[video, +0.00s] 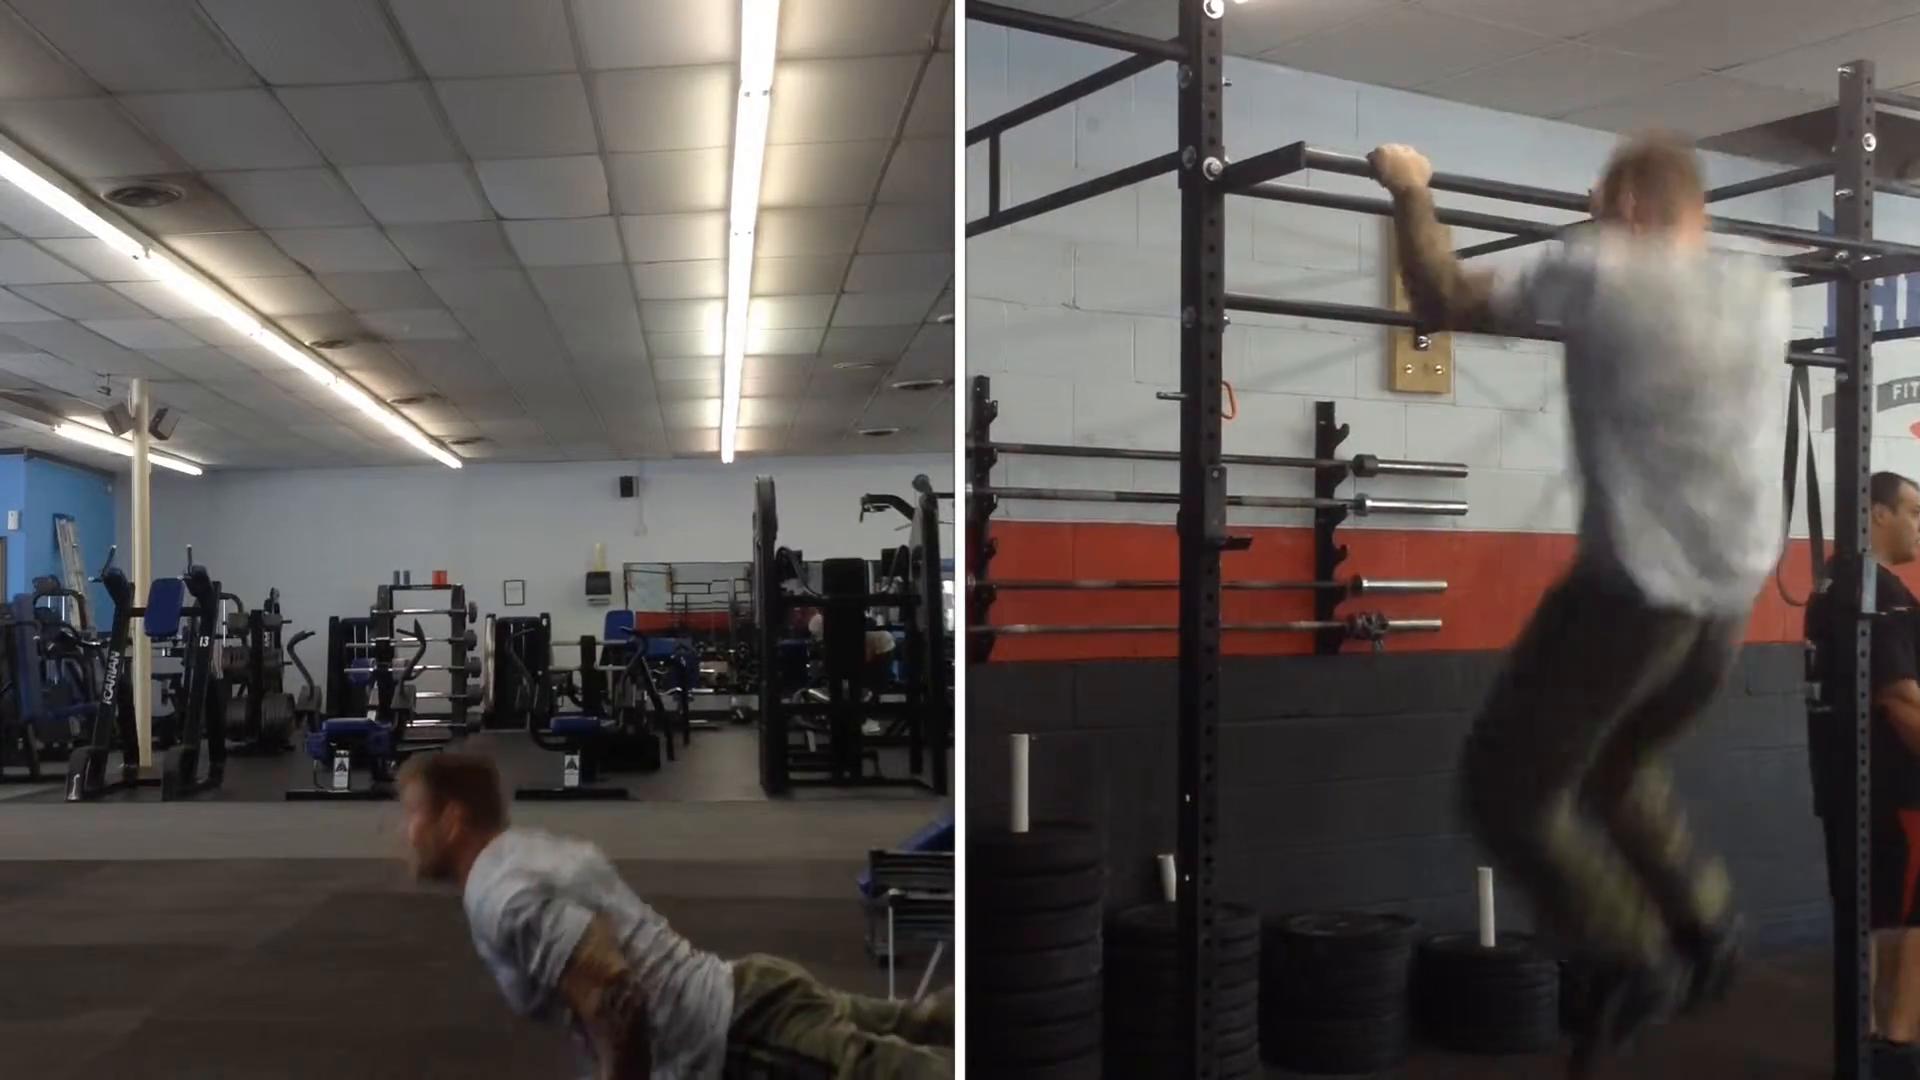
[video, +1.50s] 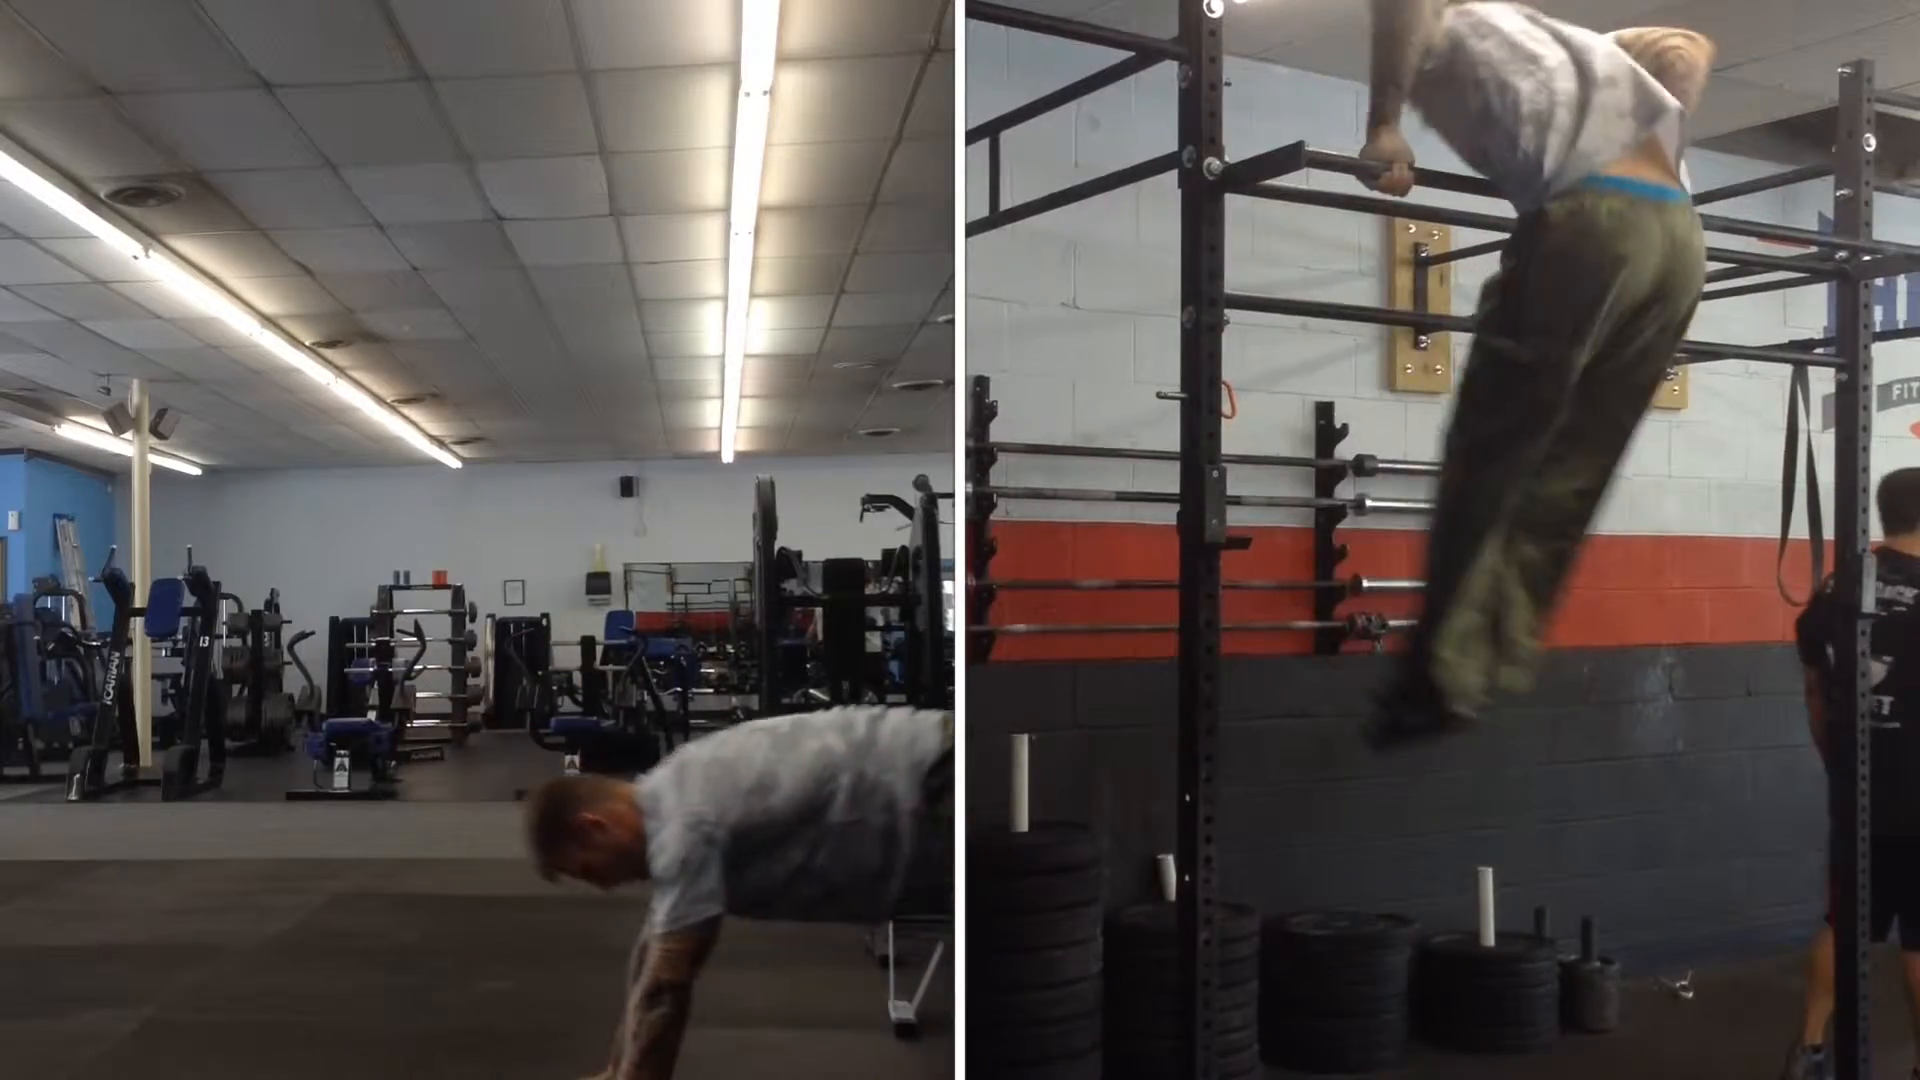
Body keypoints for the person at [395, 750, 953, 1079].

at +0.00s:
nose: (401, 830)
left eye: (408, 812)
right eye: (402, 813)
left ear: (451, 820)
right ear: (465, 815)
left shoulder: (502, 890)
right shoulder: (537, 850)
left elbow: (617, 1002)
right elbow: (629, 966)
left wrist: (615, 1076)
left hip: (747, 1039)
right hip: (751, 991)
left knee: (933, 1070)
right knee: (917, 1021)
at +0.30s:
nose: (473, 703)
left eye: (489, 690)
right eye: (481, 689)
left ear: (531, 714)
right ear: (534, 715)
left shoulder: (562, 817)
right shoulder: (580, 779)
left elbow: (600, 983)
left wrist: (611, 1070)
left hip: (751, 1001)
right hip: (756, 957)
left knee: (933, 1062)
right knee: (924, 1005)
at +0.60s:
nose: (517, 682)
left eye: (537, 671)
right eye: (530, 667)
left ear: (572, 707)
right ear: (575, 711)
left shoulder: (586, 819)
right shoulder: (609, 782)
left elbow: (608, 996)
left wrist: (613, 1074)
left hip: (736, 1025)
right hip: (745, 976)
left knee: (913, 1076)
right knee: (909, 1026)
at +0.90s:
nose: (434, 744)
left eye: (441, 726)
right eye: (434, 728)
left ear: (489, 725)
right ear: (497, 724)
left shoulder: (560, 820)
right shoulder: (569, 776)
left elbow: (595, 993)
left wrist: (608, 1071)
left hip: (764, 966)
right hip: (766, 937)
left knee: (930, 1050)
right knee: (932, 1002)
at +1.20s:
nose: (470, 836)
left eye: (459, 818)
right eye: (456, 825)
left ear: (484, 779)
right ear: (495, 770)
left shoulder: (588, 809)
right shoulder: (583, 777)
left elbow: (615, 988)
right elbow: (612, 981)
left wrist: (613, 1073)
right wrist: (613, 1070)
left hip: (846, 827)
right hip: (840, 820)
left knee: (987, 961)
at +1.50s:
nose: (598, 884)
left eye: (585, 871)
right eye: (583, 878)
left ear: (598, 828)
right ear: (602, 813)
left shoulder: (687, 816)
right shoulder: (673, 798)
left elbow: (666, 988)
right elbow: (653, 957)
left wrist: (633, 1074)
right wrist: (621, 1065)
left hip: (945, 781)